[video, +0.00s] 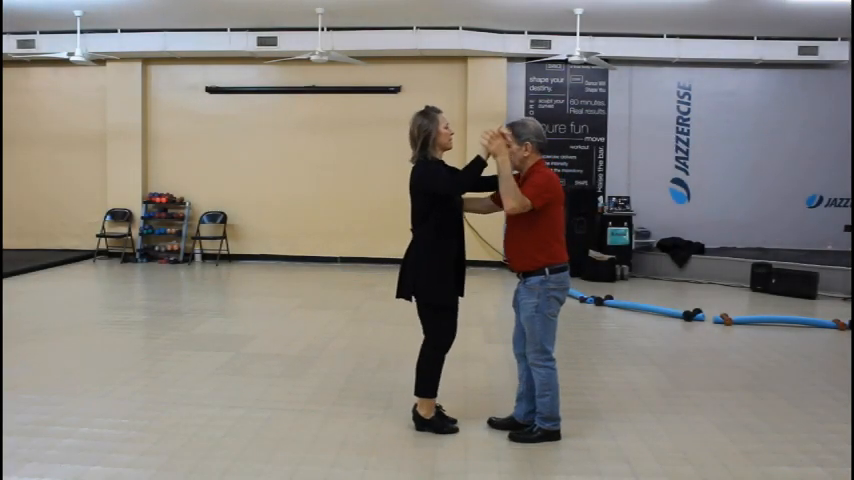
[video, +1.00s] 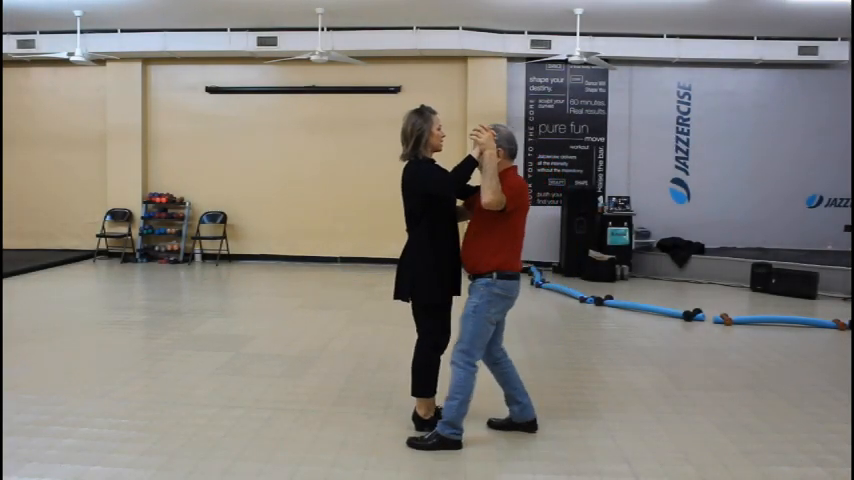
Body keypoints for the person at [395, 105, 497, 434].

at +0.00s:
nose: (452, 132)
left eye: (450, 127)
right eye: (446, 128)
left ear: (435, 133)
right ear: (430, 134)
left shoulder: (440, 169)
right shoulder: (426, 170)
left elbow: (477, 183)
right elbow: (460, 184)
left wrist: (509, 167)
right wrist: (484, 154)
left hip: (440, 267)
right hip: (429, 269)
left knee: (442, 335)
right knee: (438, 336)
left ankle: (426, 405)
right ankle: (424, 409)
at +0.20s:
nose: (453, 133)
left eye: (451, 127)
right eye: (447, 128)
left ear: (433, 133)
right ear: (432, 133)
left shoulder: (435, 168)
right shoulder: (427, 170)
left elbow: (471, 191)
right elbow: (464, 185)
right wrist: (486, 149)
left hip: (439, 268)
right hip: (433, 269)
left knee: (439, 338)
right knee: (437, 339)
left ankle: (427, 407)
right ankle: (425, 410)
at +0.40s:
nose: (449, 134)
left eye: (448, 129)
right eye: (444, 129)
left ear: (428, 134)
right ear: (428, 134)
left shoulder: (431, 169)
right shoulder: (425, 170)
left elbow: (465, 190)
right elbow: (461, 185)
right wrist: (484, 153)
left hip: (439, 267)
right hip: (433, 269)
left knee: (438, 337)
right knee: (436, 338)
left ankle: (426, 407)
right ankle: (425, 410)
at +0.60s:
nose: (446, 134)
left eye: (444, 128)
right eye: (440, 129)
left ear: (424, 134)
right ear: (426, 134)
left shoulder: (429, 168)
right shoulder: (423, 170)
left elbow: (463, 190)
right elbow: (459, 185)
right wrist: (484, 153)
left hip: (436, 267)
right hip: (431, 268)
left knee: (437, 336)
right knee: (436, 337)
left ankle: (426, 407)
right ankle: (425, 410)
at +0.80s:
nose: (445, 133)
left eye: (443, 128)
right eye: (439, 129)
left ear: (424, 133)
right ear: (425, 134)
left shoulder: (427, 167)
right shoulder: (421, 170)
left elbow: (454, 199)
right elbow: (454, 187)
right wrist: (479, 155)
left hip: (435, 267)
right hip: (429, 269)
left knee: (436, 336)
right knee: (434, 337)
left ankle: (426, 406)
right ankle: (425, 410)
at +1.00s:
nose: (443, 134)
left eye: (441, 128)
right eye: (438, 129)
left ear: (424, 133)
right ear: (423, 134)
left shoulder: (425, 168)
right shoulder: (420, 170)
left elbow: (442, 214)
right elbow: (451, 189)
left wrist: (473, 208)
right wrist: (476, 155)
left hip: (432, 267)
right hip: (427, 269)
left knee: (434, 337)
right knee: (433, 338)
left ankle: (426, 406)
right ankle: (424, 410)